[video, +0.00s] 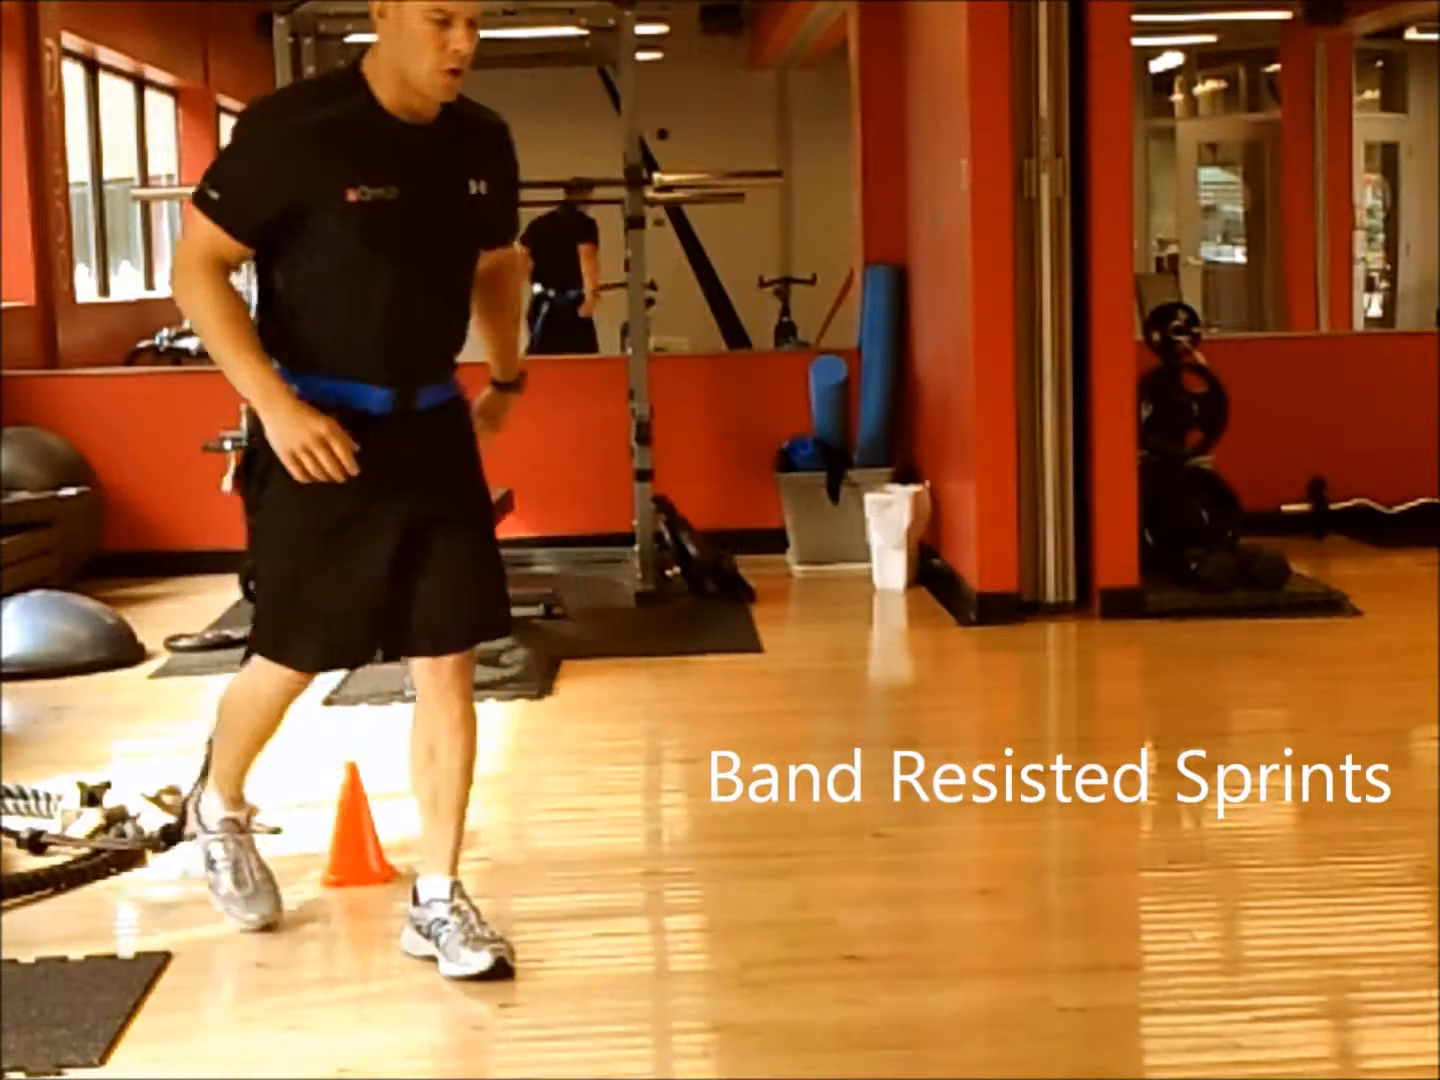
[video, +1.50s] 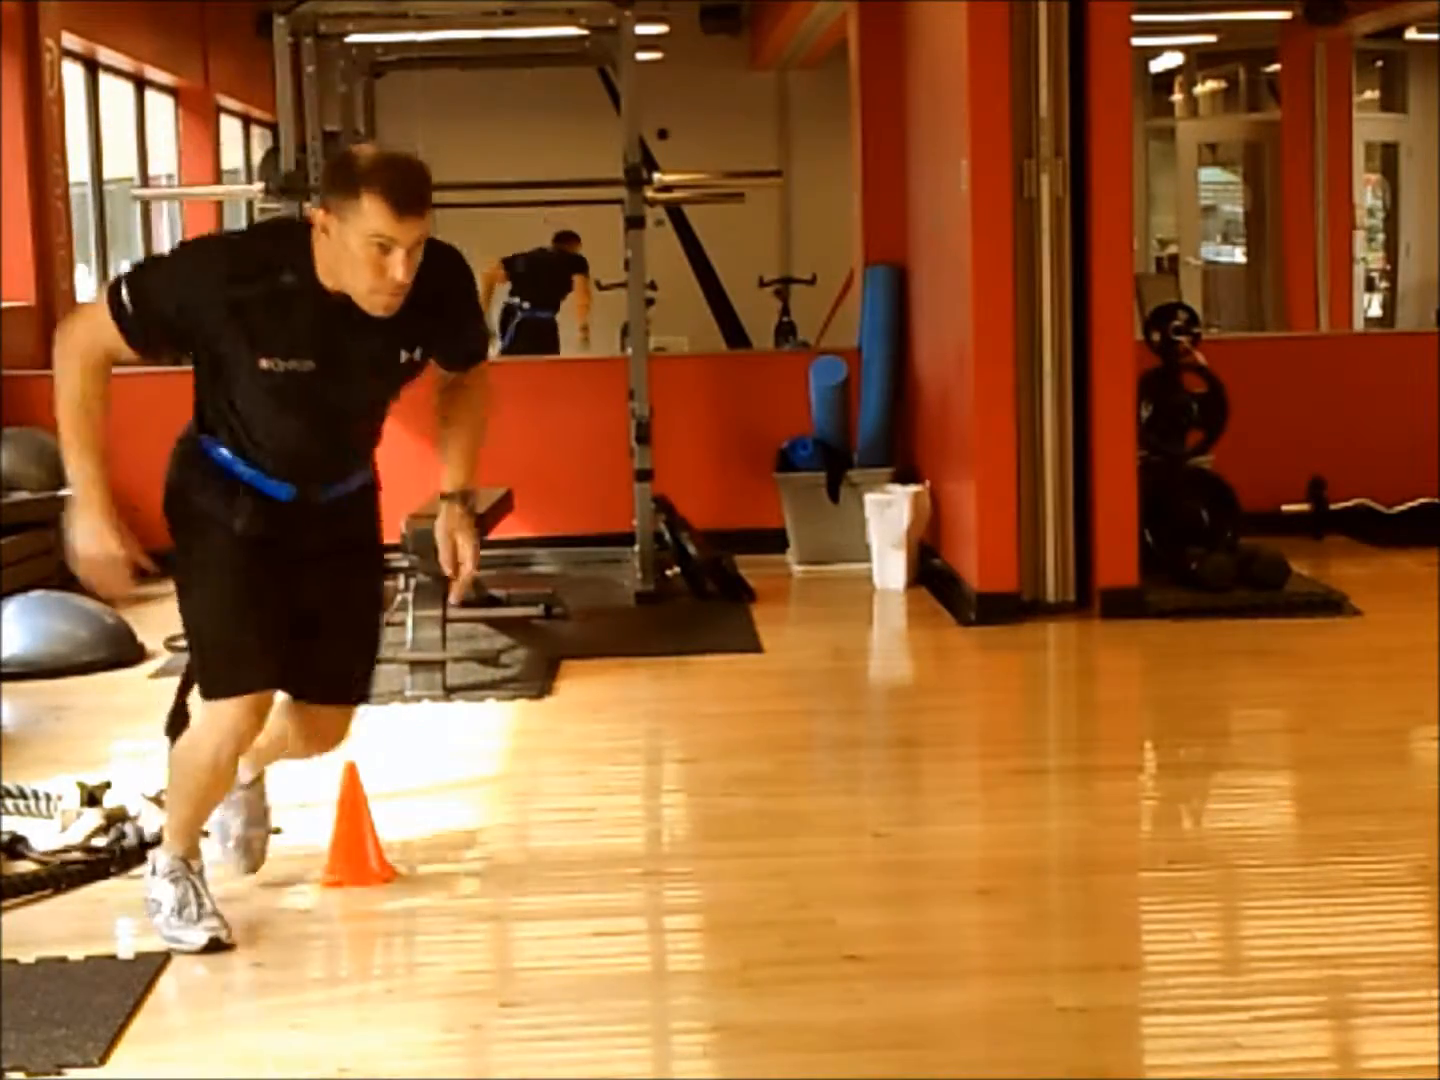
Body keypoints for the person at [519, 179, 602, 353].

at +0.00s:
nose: (590, 202)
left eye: (589, 197)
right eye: (589, 197)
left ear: (566, 195)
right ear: (585, 198)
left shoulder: (539, 222)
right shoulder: (584, 224)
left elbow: (521, 252)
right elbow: (587, 257)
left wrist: (532, 280)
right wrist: (591, 293)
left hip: (543, 301)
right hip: (573, 302)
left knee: (542, 359)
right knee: (581, 361)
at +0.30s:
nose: (545, 212)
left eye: (545, 207)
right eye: (544, 207)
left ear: (523, 204)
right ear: (539, 206)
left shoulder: (496, 231)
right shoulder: (538, 228)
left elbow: (485, 275)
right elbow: (541, 264)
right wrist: (559, 305)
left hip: (495, 308)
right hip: (526, 308)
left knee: (498, 367)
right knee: (546, 363)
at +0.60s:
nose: (525, 201)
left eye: (524, 196)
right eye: (523, 196)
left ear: (500, 197)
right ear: (516, 197)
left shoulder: (476, 225)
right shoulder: (523, 223)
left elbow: (461, 269)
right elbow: (531, 263)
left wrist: (473, 295)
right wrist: (542, 298)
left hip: (479, 307)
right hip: (510, 307)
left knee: (484, 366)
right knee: (522, 365)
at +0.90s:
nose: (527, 207)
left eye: (526, 201)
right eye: (526, 201)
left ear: (501, 199)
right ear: (521, 201)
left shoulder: (474, 231)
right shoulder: (525, 232)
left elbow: (456, 273)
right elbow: (535, 272)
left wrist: (459, 314)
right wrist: (553, 313)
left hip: (477, 312)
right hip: (506, 314)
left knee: (478, 375)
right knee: (507, 375)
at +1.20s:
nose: (546, 216)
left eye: (546, 211)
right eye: (545, 211)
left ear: (522, 210)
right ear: (540, 212)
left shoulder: (492, 232)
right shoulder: (542, 240)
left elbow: (462, 266)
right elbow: (549, 281)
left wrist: (459, 311)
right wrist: (556, 319)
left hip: (479, 310)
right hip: (509, 314)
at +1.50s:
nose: (577, 251)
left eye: (577, 247)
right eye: (577, 247)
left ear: (554, 243)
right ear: (572, 245)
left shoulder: (531, 256)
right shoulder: (576, 261)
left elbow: (489, 275)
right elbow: (582, 298)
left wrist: (483, 316)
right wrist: (583, 329)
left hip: (514, 321)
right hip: (544, 324)